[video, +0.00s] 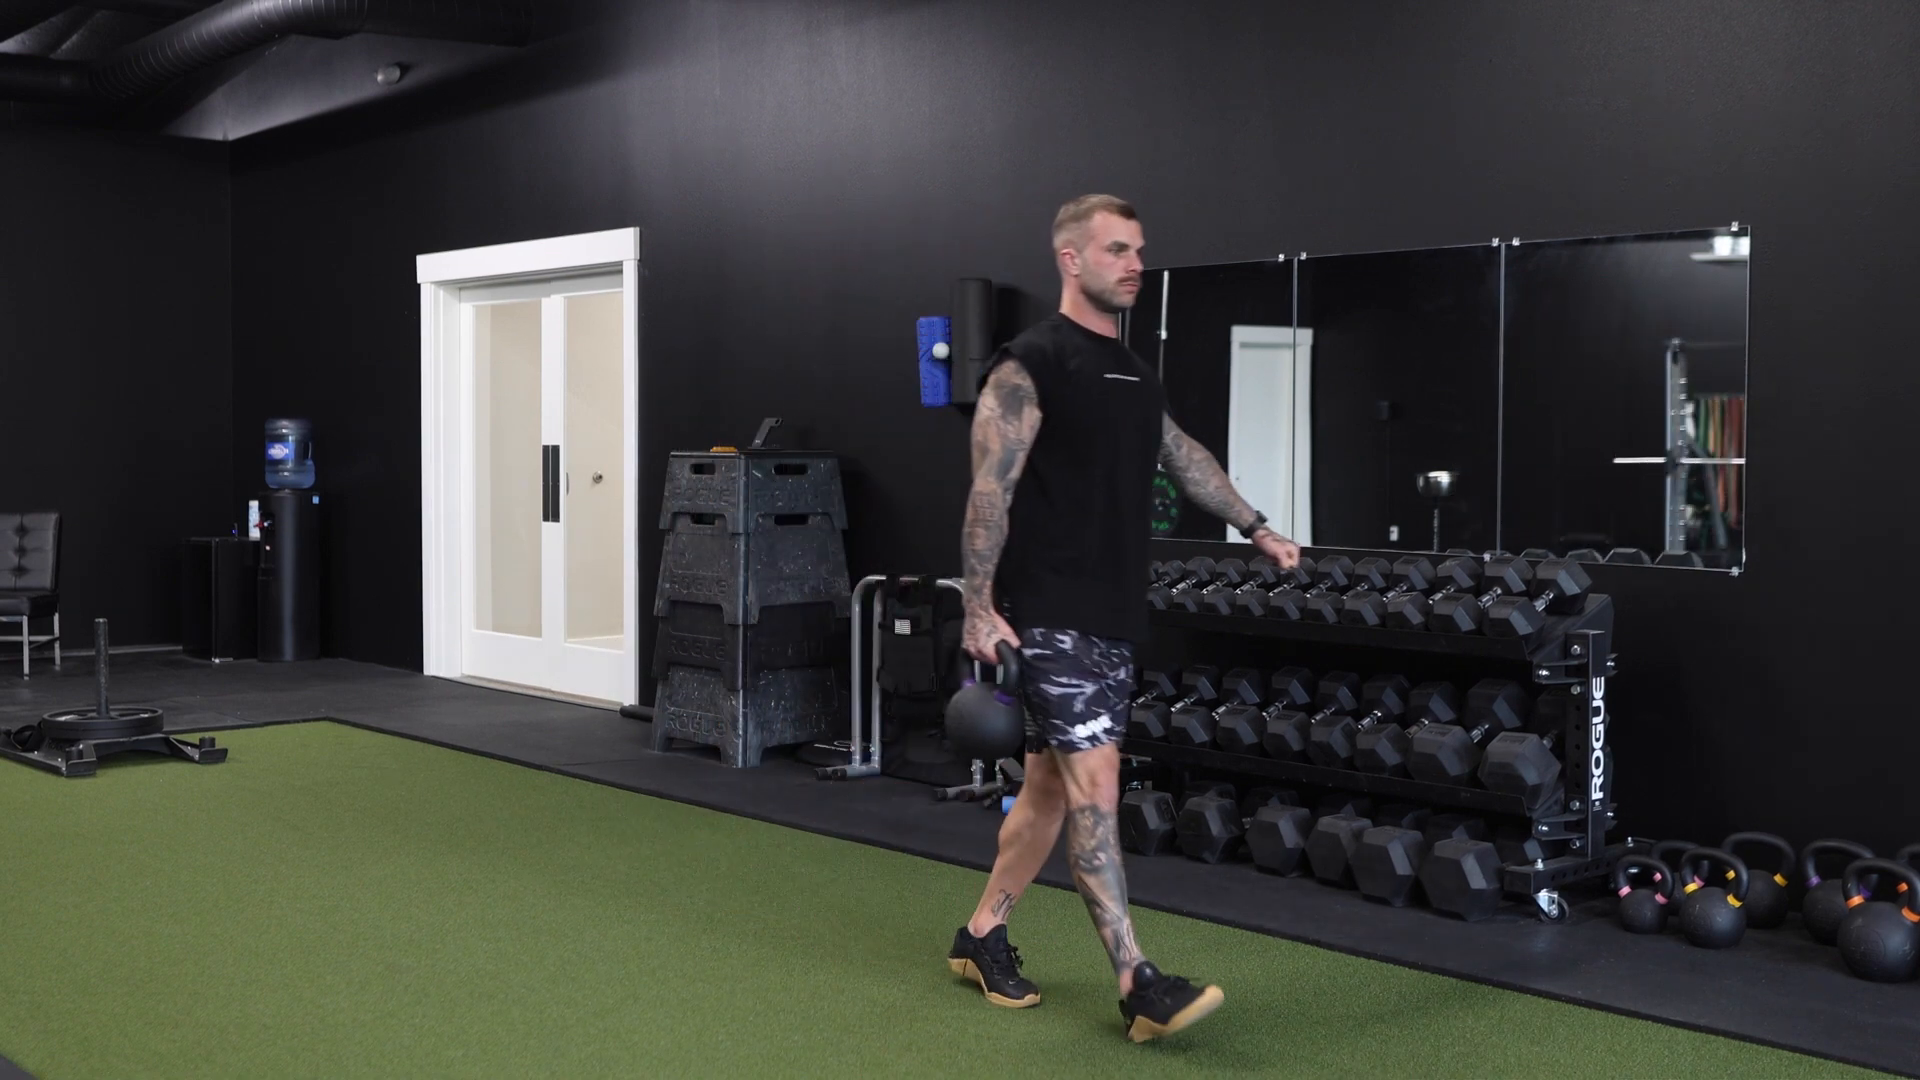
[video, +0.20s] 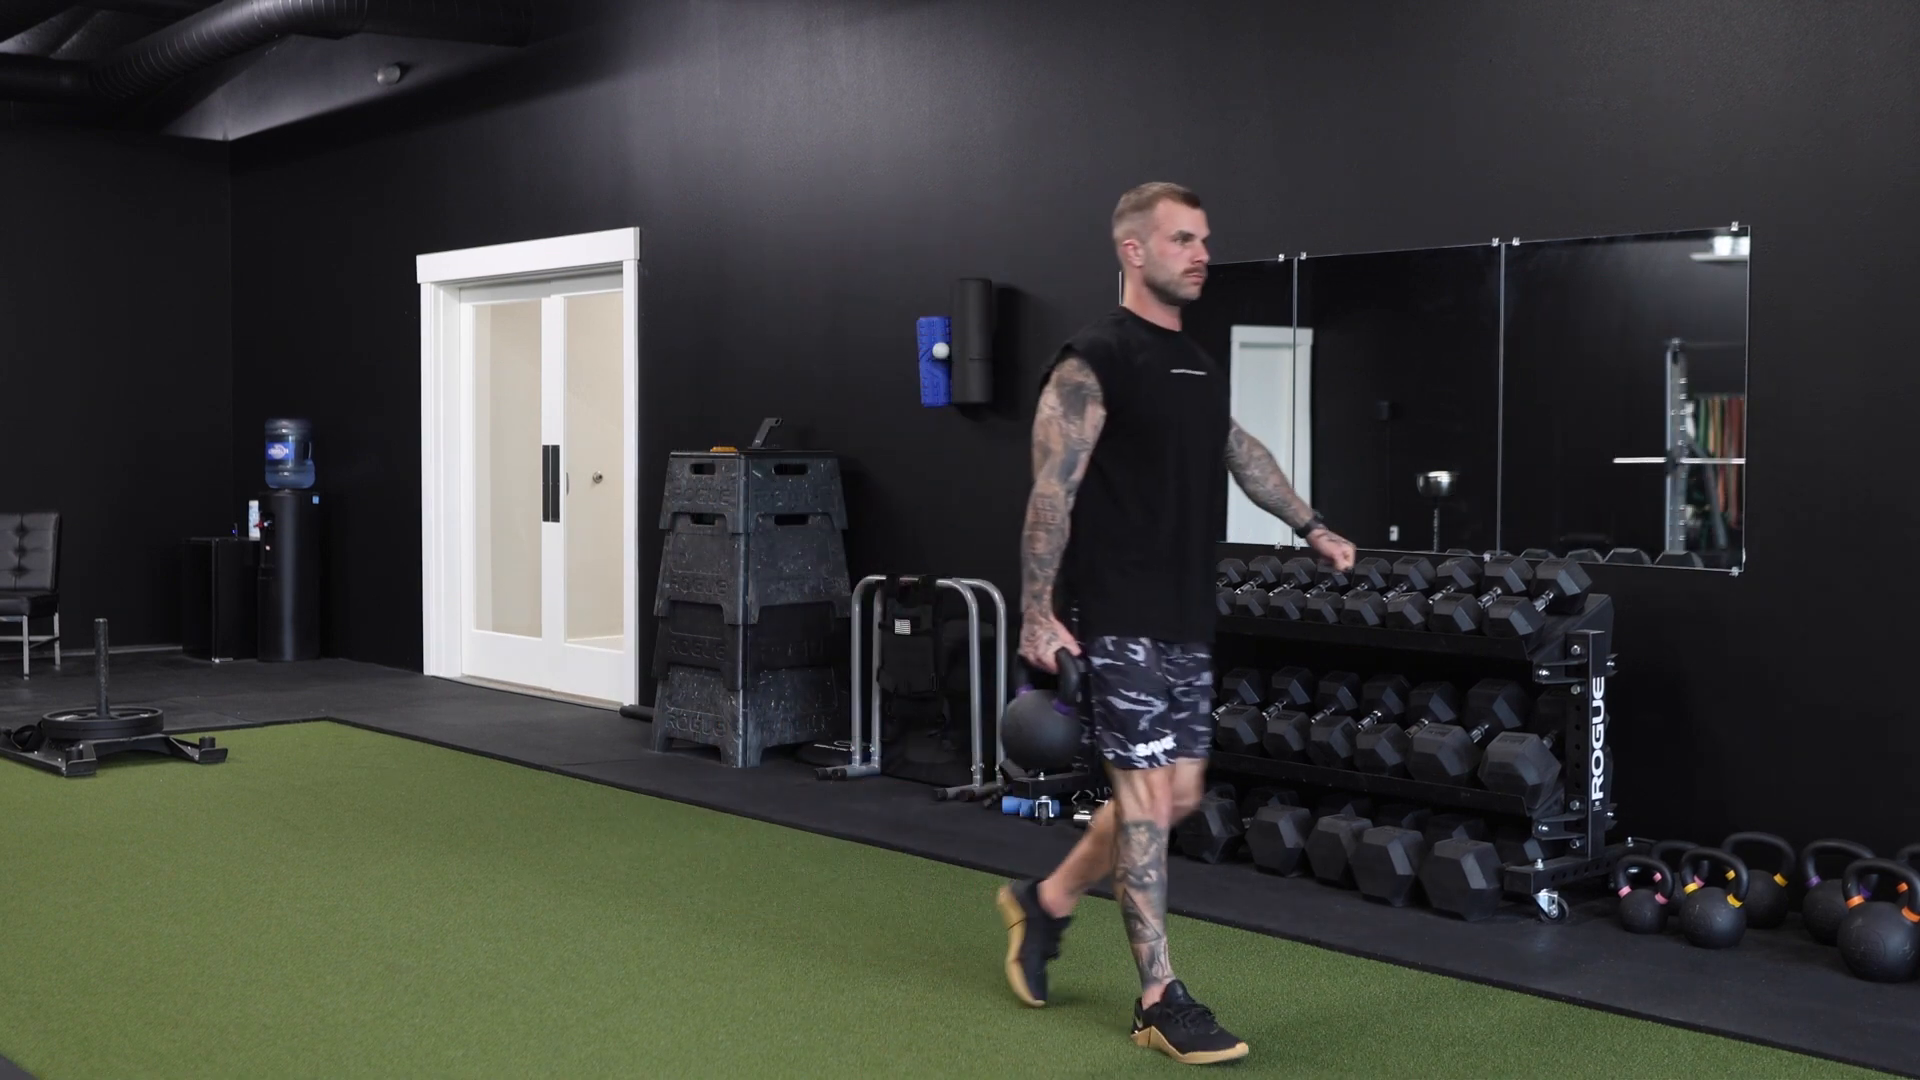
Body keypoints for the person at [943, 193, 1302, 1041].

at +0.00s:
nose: (1135, 265)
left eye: (1139, 253)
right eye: (1118, 251)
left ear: (1132, 265)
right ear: (1068, 259)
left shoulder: (1133, 366)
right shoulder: (1027, 366)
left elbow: (1180, 454)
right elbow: (990, 492)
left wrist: (1253, 524)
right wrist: (976, 604)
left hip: (1113, 613)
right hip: (1047, 609)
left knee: (1048, 786)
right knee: (1093, 783)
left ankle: (982, 932)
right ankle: (1135, 981)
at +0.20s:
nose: (1201, 254)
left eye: (1204, 242)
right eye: (1184, 241)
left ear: (1198, 255)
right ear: (1130, 251)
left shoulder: (1198, 357)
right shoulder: (1089, 365)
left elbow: (1238, 450)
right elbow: (1051, 493)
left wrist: (1308, 523)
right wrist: (1036, 607)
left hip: (1187, 613)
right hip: (1113, 616)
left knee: (1180, 789)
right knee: (1143, 797)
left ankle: (1044, 902)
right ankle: (1158, 995)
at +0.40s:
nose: (1258, 245)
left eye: (1261, 231)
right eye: (1239, 230)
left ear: (1251, 244)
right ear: (1184, 240)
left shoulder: (1256, 360)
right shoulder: (1142, 358)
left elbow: (1301, 446)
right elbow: (1105, 487)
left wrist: (1370, 518)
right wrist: (1094, 608)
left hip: (1252, 621)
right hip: (1169, 625)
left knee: (1298, 781)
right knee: (1172, 808)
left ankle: (1201, 925)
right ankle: (1158, 997)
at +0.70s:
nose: (1359, 242)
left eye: (1362, 229)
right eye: (1341, 228)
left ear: (1356, 242)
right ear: (1284, 240)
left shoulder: (1350, 357)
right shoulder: (1241, 358)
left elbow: (1392, 457)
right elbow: (1203, 493)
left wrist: (1468, 538)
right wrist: (1193, 620)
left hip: (1346, 640)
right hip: (1257, 636)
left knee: (1348, 822)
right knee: (1228, 818)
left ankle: (1355, 1035)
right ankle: (1164, 988)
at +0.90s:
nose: (1441, 238)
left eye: (1442, 223)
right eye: (1421, 221)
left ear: (1424, 236)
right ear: (1362, 232)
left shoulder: (1430, 360)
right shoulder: (1316, 356)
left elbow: (1469, 465)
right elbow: (1278, 495)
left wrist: (1543, 548)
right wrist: (1263, 624)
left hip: (1429, 642)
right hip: (1349, 641)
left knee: (1407, 847)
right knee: (1378, 845)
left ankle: (1367, 1044)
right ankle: (1235, 949)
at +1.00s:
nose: (1478, 232)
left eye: (1480, 217)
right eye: (1458, 216)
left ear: (1466, 232)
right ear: (1397, 228)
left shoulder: (1461, 354)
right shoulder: (1349, 351)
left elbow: (1506, 459)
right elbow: (1310, 494)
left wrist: (1584, 544)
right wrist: (1296, 626)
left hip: (1454, 633)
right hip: (1380, 633)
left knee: (1410, 845)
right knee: (1470, 821)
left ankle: (1370, 1038)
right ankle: (1319, 965)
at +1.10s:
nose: (1516, 229)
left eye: (1518, 213)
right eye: (1494, 213)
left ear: (1503, 227)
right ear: (1433, 225)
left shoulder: (1497, 356)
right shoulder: (1386, 351)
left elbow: (1546, 460)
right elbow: (1345, 497)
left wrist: (1627, 542)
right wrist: (1331, 632)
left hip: (1483, 635)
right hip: (1415, 634)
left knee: (1426, 854)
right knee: (1524, 815)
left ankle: (1363, 1048)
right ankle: (1439, 1022)